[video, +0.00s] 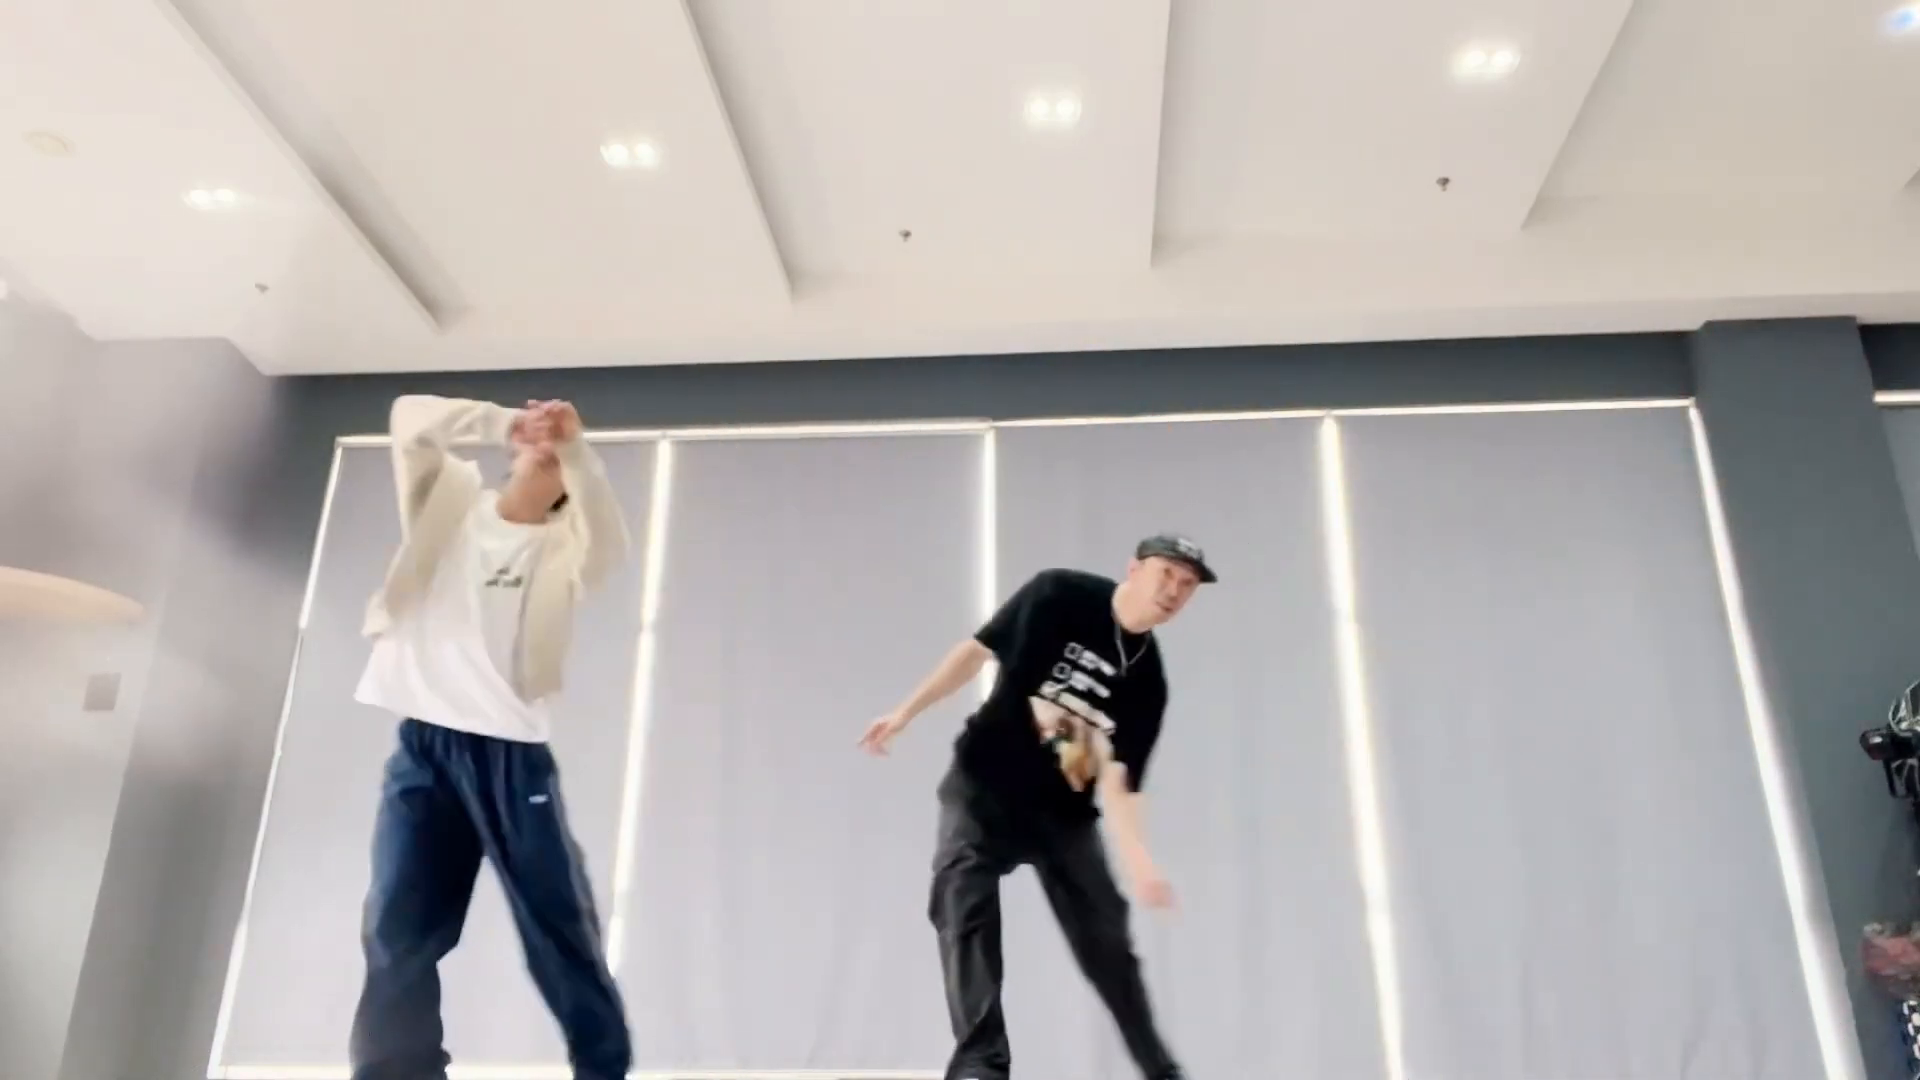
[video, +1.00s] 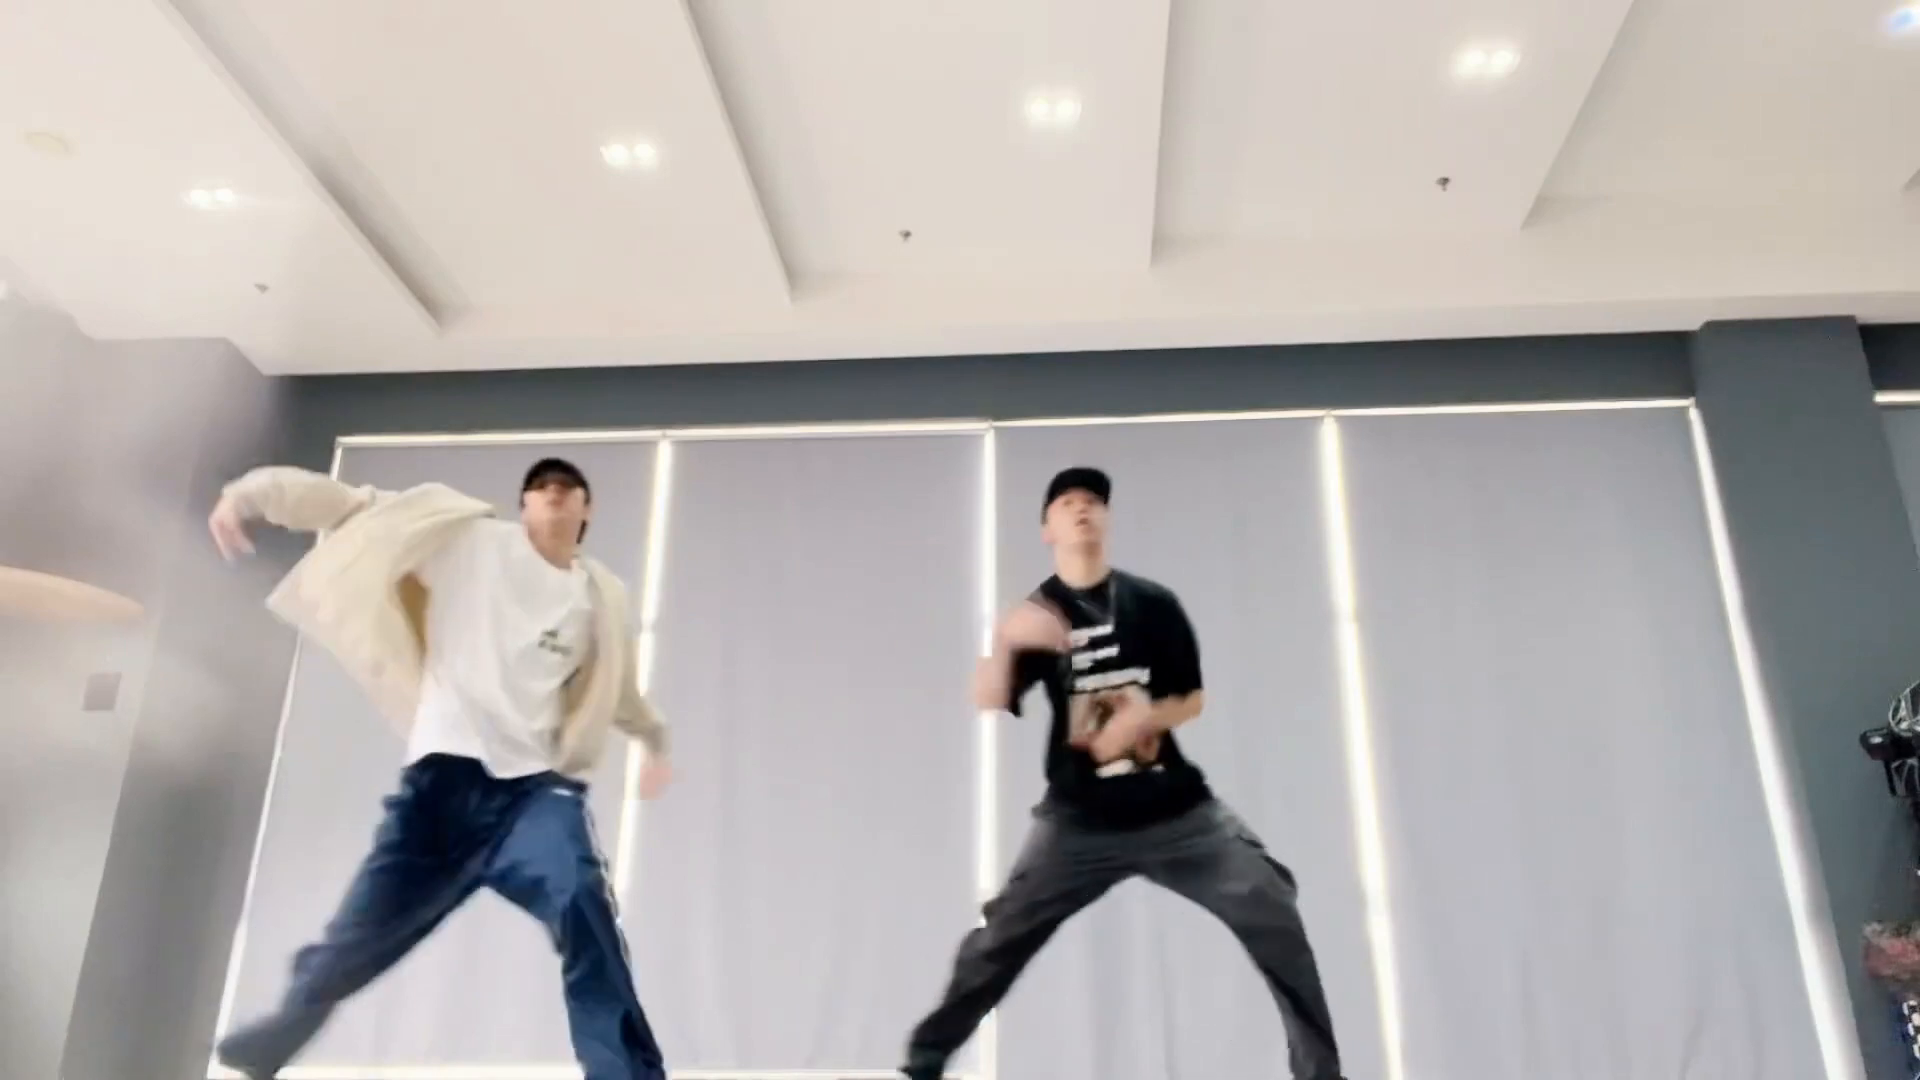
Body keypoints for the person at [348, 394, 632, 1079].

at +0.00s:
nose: (540, 445)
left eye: (555, 447)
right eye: (534, 438)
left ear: (570, 475)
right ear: (513, 447)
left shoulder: (571, 543)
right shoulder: (447, 502)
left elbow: (608, 545)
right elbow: (410, 421)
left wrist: (573, 443)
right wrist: (508, 424)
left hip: (512, 758)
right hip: (423, 749)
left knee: (562, 940)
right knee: (395, 940)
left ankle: (603, 1069)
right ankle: (399, 1074)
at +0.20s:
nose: (473, 459)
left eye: (484, 452)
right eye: (460, 447)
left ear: (495, 467)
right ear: (443, 458)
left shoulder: (505, 546)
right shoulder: (388, 519)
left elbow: (542, 568)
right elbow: (334, 487)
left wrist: (502, 469)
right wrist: (428, 439)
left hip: (458, 759)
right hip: (370, 741)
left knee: (427, 932)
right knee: (380, 925)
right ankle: (413, 1069)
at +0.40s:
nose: (404, 506)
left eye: (420, 497)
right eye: (396, 494)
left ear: (444, 513)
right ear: (379, 506)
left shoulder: (458, 580)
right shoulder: (347, 561)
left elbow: (484, 600)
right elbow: (307, 607)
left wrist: (441, 511)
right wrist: (358, 511)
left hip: (401, 773)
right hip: (320, 749)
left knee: (324, 938)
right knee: (252, 828)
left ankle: (248, 1063)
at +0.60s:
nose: (374, 505)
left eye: (389, 498)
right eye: (365, 493)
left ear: (407, 518)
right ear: (344, 504)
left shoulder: (427, 576)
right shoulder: (292, 568)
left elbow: (431, 677)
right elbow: (310, 650)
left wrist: (439, 766)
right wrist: (358, 734)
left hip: (369, 795)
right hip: (276, 780)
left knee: (373, 901)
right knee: (183, 933)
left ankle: (308, 991)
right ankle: (55, 1060)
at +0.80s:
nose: (454, 511)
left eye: (469, 504)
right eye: (444, 498)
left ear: (481, 527)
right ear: (418, 512)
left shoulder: (493, 607)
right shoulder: (328, 575)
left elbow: (489, 702)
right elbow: (235, 655)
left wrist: (474, 764)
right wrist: (149, 714)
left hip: (396, 805)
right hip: (288, 805)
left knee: (473, 884)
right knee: (182, 942)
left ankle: (509, 1052)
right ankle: (88, 1070)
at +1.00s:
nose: (555, 497)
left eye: (569, 490)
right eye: (544, 488)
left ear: (588, 514)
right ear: (522, 506)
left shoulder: (602, 595)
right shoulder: (466, 534)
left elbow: (616, 688)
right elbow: (356, 505)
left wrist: (654, 738)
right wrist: (247, 493)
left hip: (537, 793)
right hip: (444, 782)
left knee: (583, 899)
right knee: (358, 938)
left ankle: (628, 1072)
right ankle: (263, 1052)